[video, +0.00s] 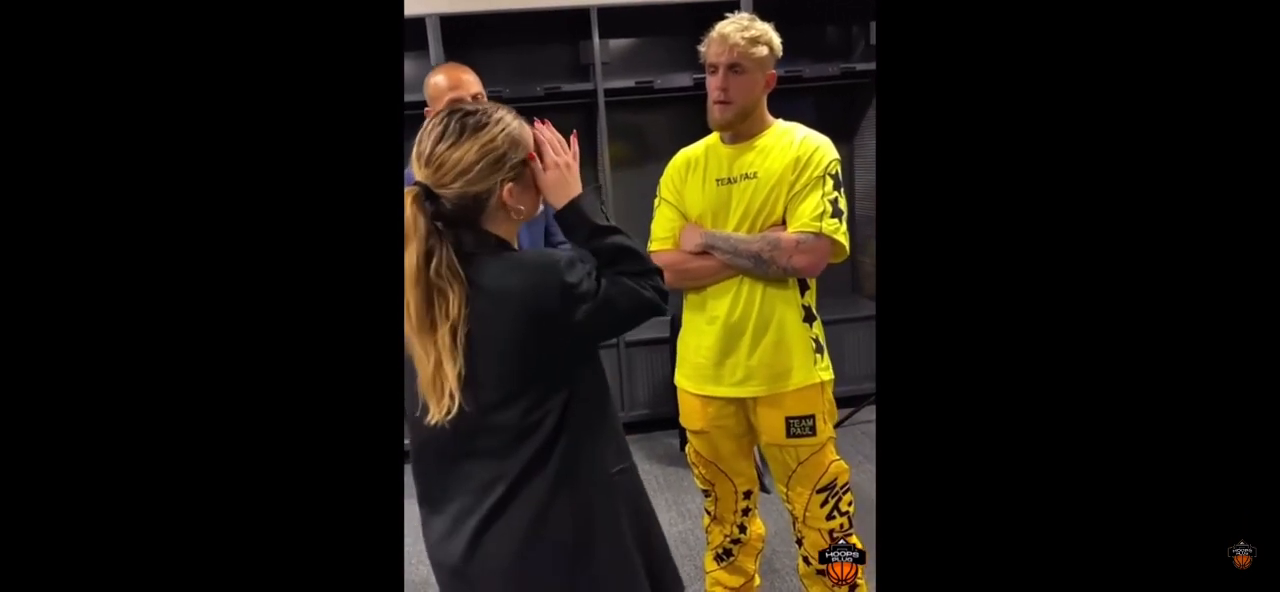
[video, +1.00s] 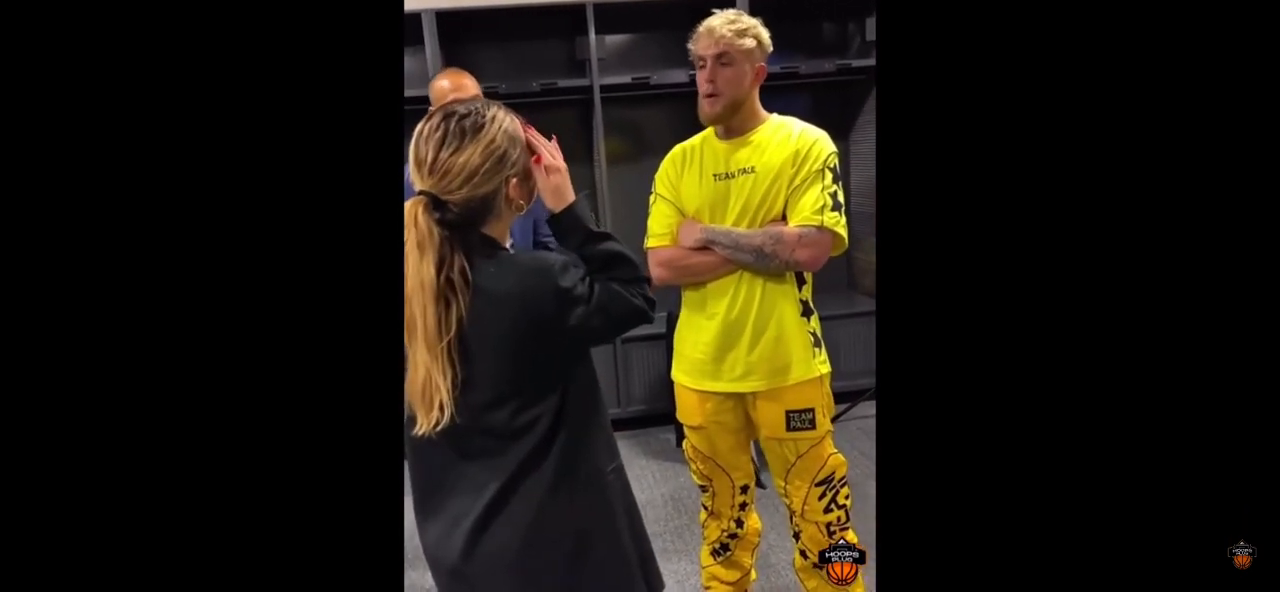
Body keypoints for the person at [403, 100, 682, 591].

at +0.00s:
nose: (543, 173)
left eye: (537, 161)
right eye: (534, 166)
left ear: (439, 190)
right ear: (509, 193)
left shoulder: (419, 279)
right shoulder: (545, 280)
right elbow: (642, 287)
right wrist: (574, 204)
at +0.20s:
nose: (543, 177)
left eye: (536, 165)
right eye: (534, 171)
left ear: (440, 191)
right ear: (518, 199)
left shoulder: (417, 282)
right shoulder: (543, 284)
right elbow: (637, 288)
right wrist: (570, 207)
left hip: (456, 535)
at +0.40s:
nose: (536, 177)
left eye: (530, 165)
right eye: (530, 171)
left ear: (434, 189)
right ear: (517, 198)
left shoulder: (413, 283)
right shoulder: (541, 284)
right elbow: (636, 289)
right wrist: (566, 206)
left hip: (454, 538)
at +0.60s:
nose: (537, 172)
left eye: (531, 161)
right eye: (530, 166)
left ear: (433, 188)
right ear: (517, 195)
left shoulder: (413, 281)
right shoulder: (541, 283)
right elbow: (634, 294)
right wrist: (567, 209)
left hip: (453, 536)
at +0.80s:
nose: (533, 173)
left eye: (528, 161)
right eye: (527, 166)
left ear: (431, 187)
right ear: (514, 192)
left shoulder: (413, 279)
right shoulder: (541, 282)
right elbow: (632, 295)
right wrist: (567, 210)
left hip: (452, 533)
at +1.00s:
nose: (532, 174)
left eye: (526, 161)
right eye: (526, 166)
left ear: (430, 184)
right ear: (514, 191)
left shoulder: (413, 279)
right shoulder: (539, 282)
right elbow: (632, 295)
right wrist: (567, 211)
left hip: (452, 533)